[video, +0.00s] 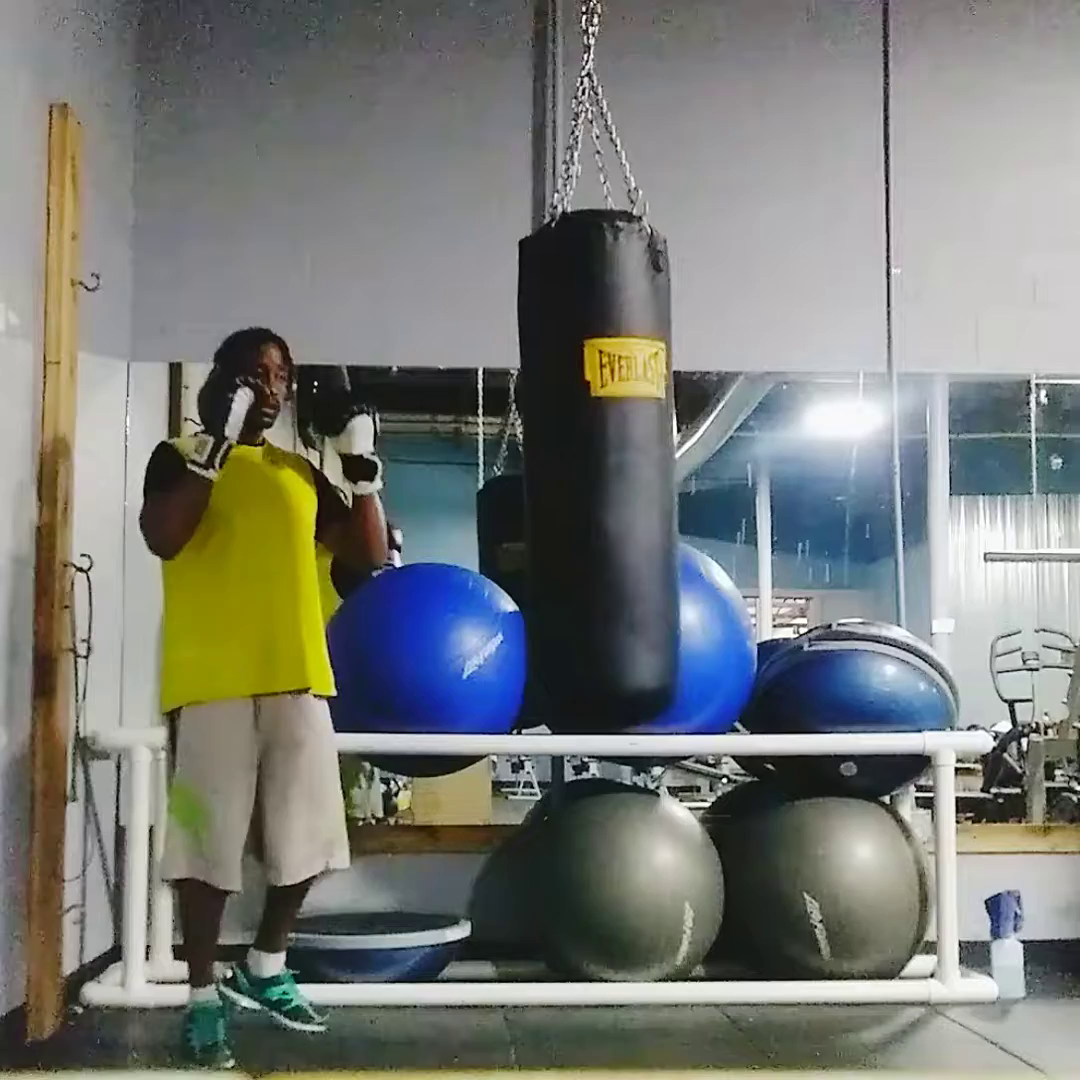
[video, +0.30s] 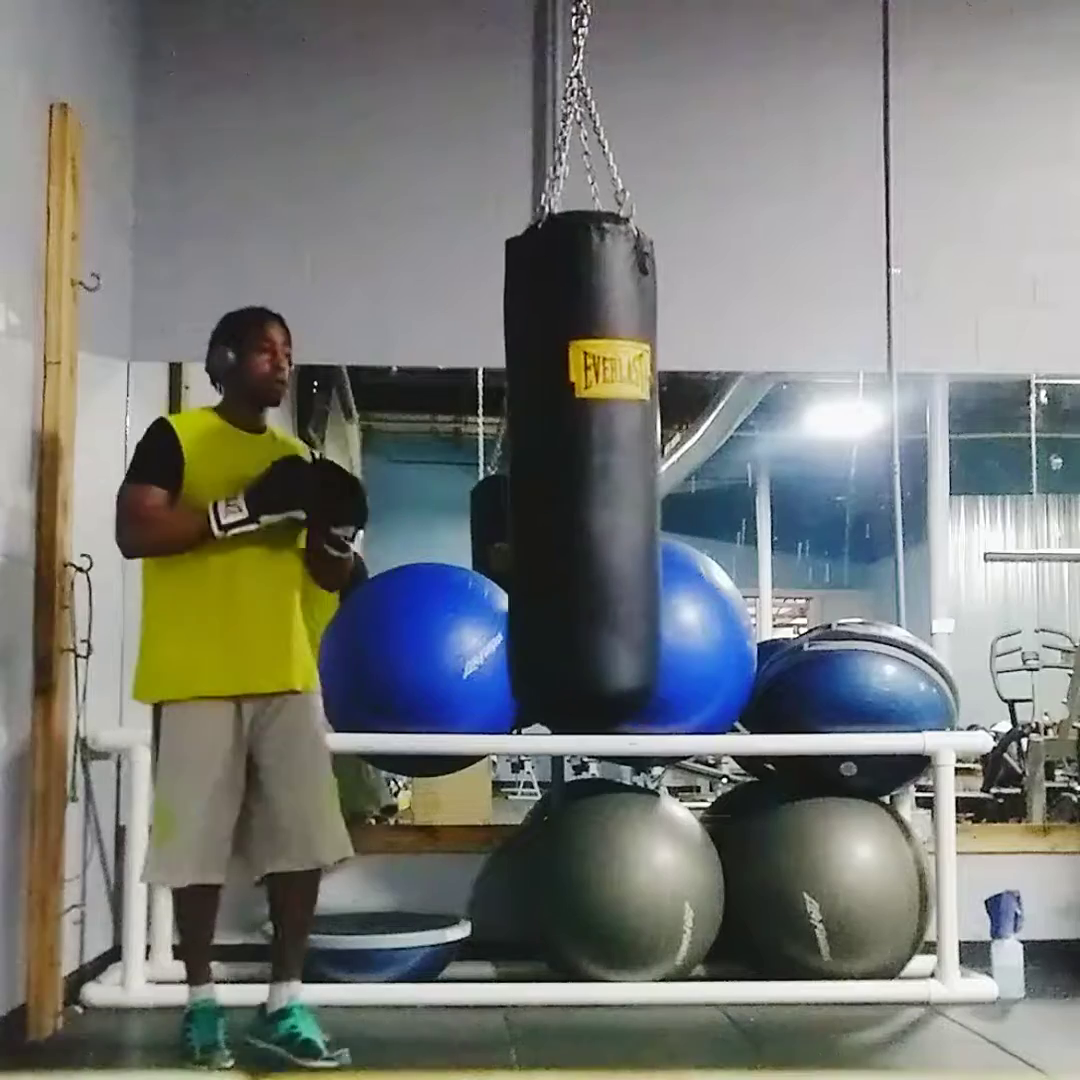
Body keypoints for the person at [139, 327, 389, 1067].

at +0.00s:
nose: (273, 382)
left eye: (282, 371)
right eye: (258, 369)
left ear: (290, 386)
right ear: (224, 380)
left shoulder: (302, 472)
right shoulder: (182, 457)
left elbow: (370, 557)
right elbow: (162, 539)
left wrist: (361, 473)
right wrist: (212, 445)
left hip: (294, 666)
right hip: (210, 668)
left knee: (305, 827)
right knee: (209, 838)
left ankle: (267, 970)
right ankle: (203, 1000)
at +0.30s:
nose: (281, 363)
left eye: (286, 353)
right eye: (266, 351)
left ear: (289, 369)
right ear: (223, 362)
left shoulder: (299, 457)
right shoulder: (176, 435)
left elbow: (336, 577)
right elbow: (135, 531)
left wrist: (329, 531)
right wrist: (242, 509)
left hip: (287, 670)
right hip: (196, 669)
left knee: (300, 835)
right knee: (198, 839)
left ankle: (285, 1008)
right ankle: (202, 1005)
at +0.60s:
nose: (323, 359)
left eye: (326, 350)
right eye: (309, 345)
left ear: (319, 368)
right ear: (264, 354)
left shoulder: (330, 460)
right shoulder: (201, 419)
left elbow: (353, 579)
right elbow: (145, 518)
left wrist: (353, 554)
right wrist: (260, 526)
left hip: (284, 675)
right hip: (189, 667)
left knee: (286, 847)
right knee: (184, 843)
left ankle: (279, 1024)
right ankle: (192, 994)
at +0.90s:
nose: (318, 341)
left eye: (319, 332)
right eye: (305, 327)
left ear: (305, 348)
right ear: (260, 332)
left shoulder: (311, 441)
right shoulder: (193, 400)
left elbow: (331, 572)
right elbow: (166, 494)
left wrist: (350, 530)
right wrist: (290, 478)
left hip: (274, 680)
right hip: (178, 665)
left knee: (280, 858)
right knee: (128, 844)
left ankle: (278, 1026)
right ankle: (62, 1019)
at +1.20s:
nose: (249, 340)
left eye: (250, 328)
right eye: (237, 323)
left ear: (216, 338)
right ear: (188, 326)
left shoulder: (225, 438)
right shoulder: (127, 408)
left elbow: (228, 564)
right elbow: (173, 514)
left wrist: (283, 523)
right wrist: (277, 475)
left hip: (225, 687)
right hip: (132, 691)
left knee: (274, 843)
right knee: (80, 867)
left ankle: (273, 1020)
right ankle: (16, 1045)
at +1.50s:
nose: (230, 338)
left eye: (230, 324)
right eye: (220, 321)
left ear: (180, 323)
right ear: (174, 319)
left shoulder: (177, 417)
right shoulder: (114, 393)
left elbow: (220, 534)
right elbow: (199, 479)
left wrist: (277, 464)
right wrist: (280, 427)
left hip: (190, 672)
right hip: (110, 674)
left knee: (232, 842)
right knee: (65, 868)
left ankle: (230, 1036)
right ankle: (12, 1052)